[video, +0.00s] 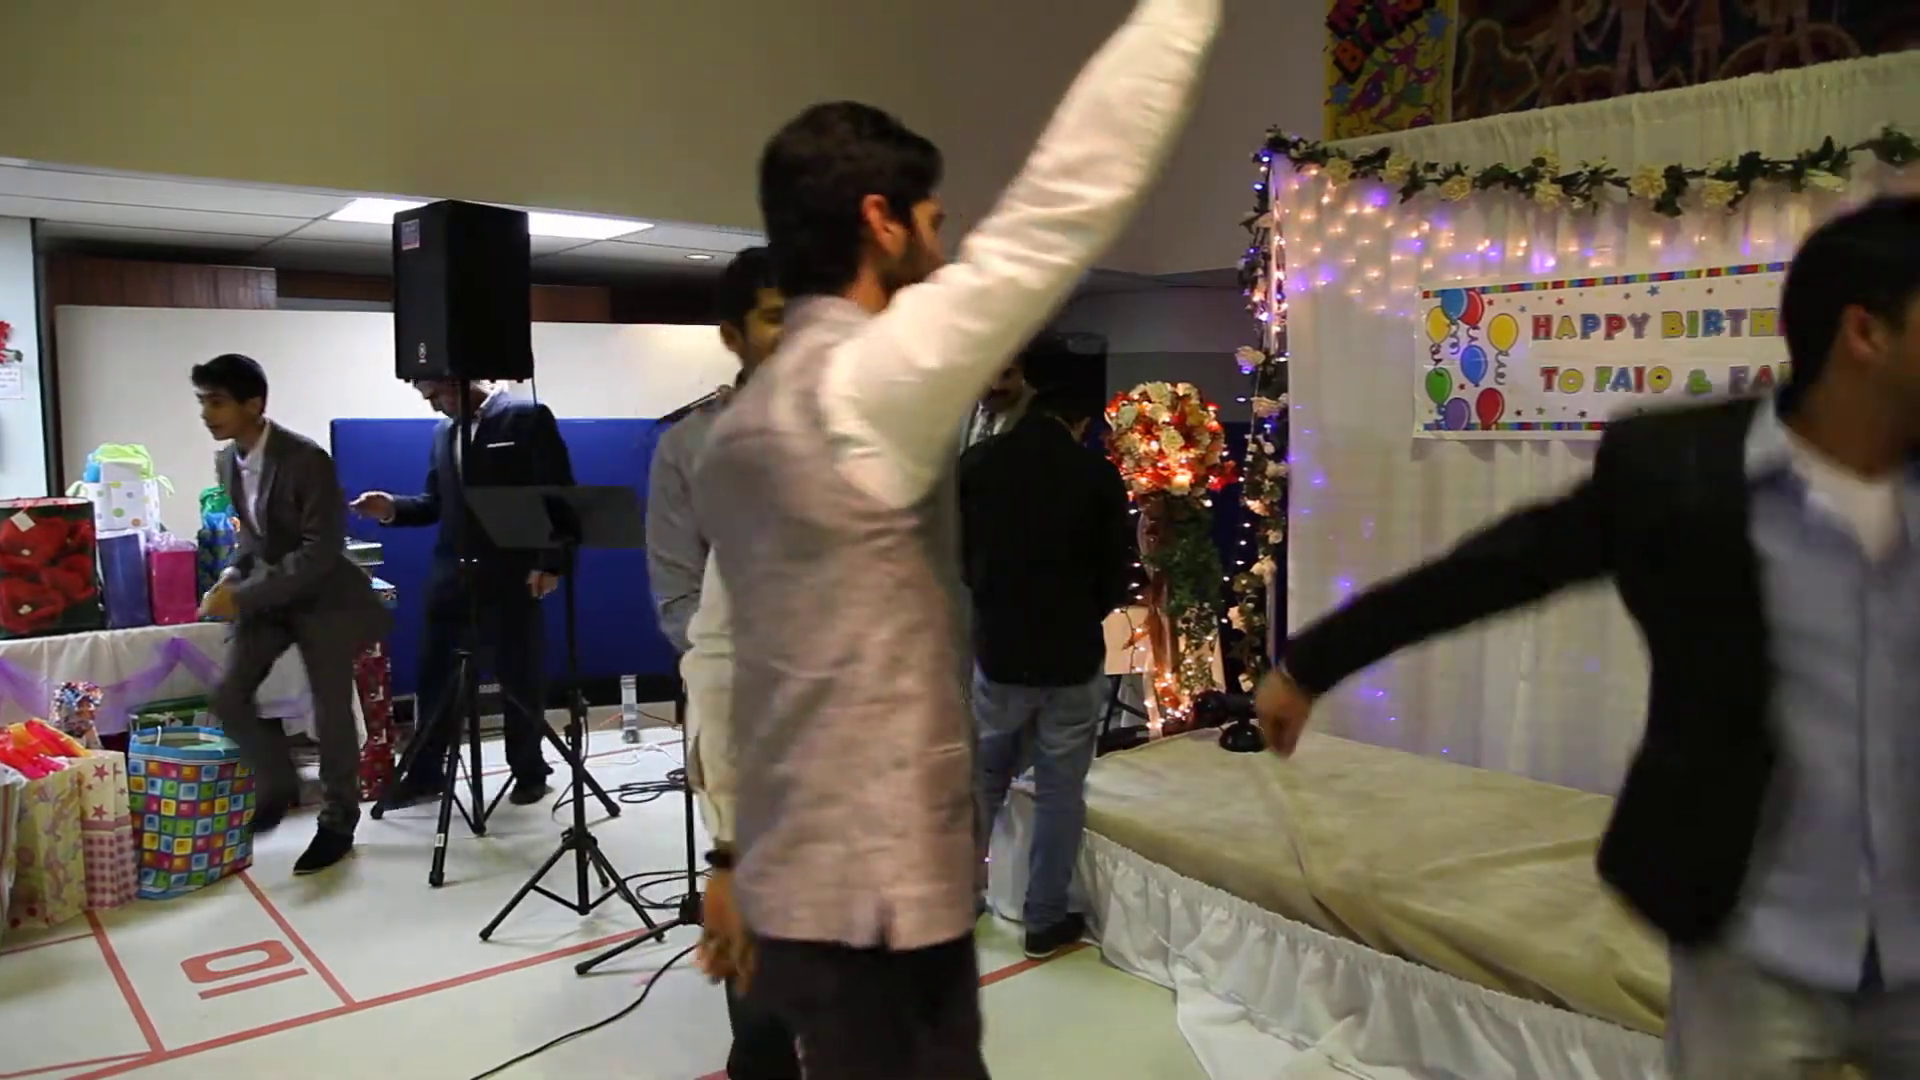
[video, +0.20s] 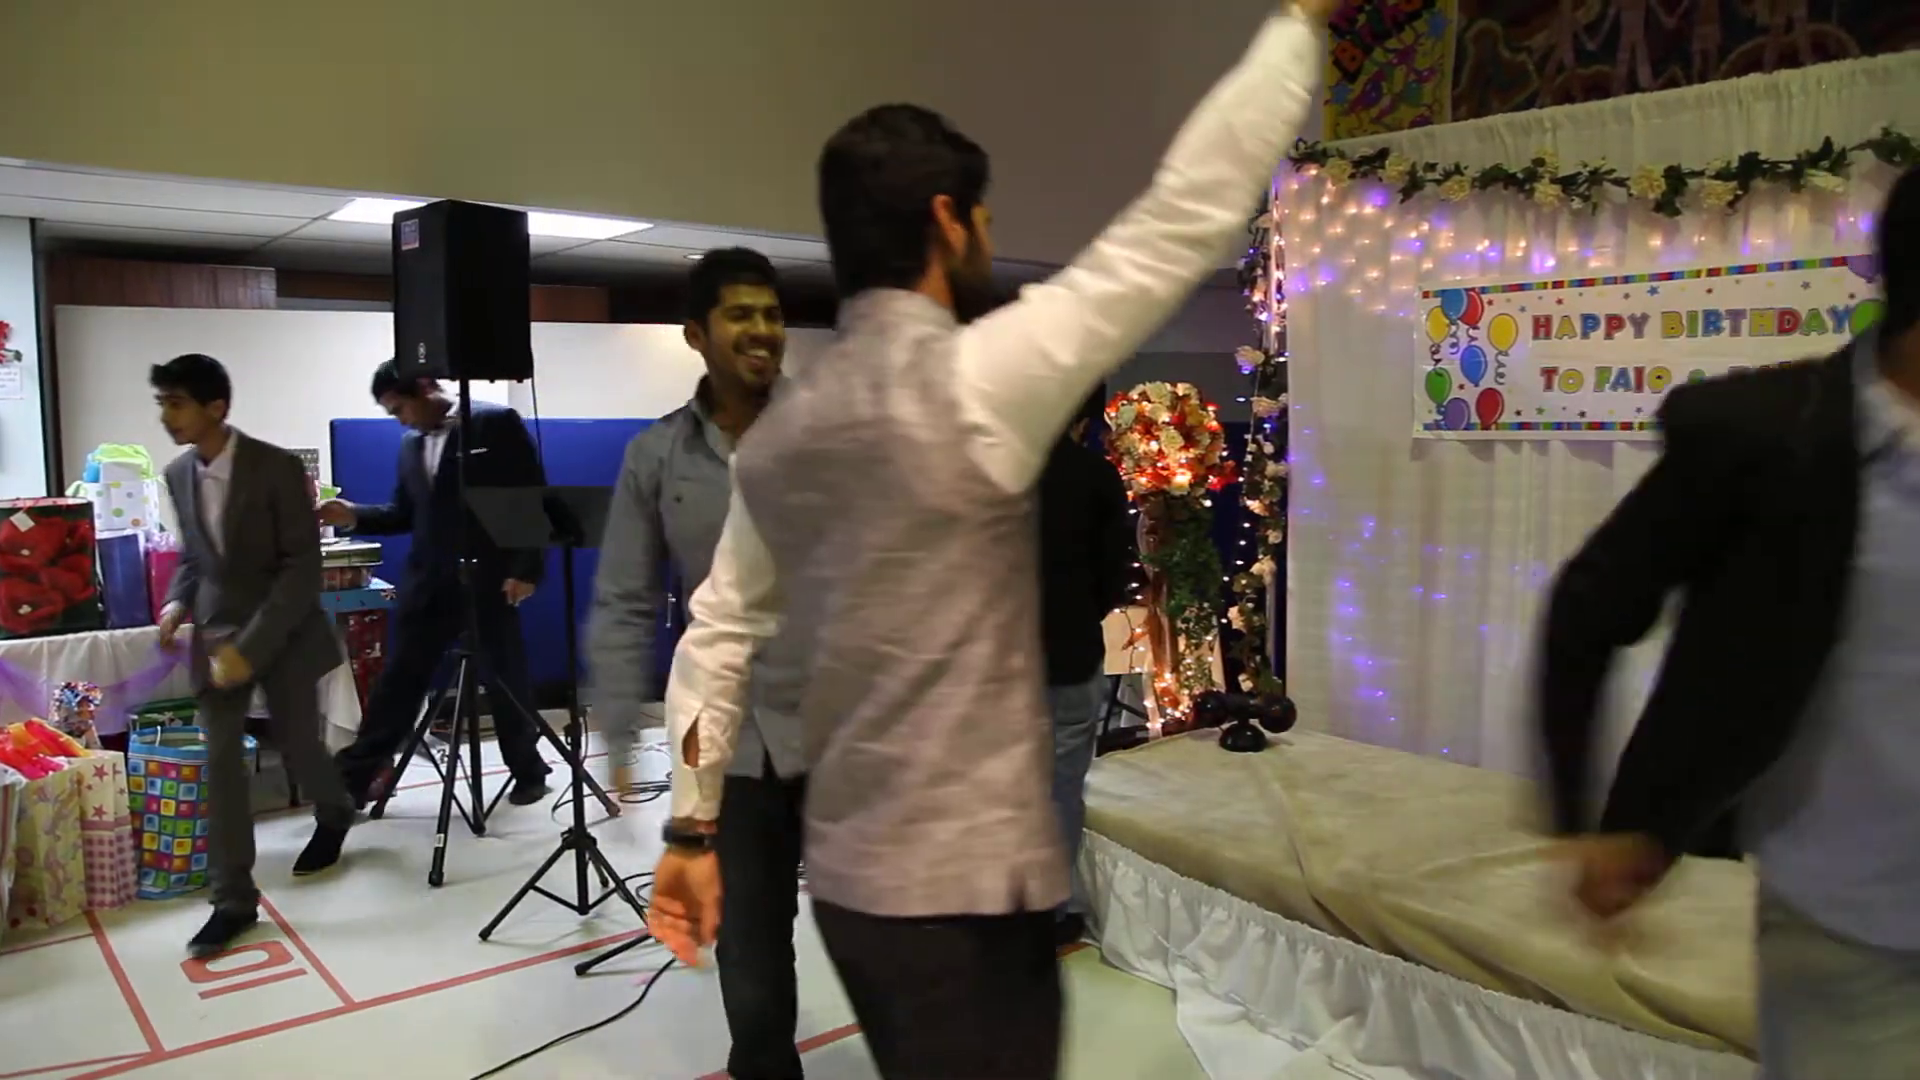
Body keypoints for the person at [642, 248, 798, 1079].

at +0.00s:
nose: (785, 333)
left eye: (793, 316)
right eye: (768, 319)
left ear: (812, 322)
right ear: (730, 329)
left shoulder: (844, 419)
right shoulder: (688, 441)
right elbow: (674, 589)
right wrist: (719, 674)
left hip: (840, 651)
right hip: (740, 661)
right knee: (748, 850)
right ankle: (759, 1045)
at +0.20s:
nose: (760, 331)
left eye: (771, 315)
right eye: (739, 316)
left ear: (787, 329)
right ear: (696, 335)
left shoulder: (824, 432)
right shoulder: (659, 454)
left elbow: (879, 573)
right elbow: (623, 603)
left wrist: (889, 700)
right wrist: (619, 735)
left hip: (844, 721)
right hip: (732, 731)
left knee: (873, 927)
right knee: (749, 939)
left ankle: (915, 1060)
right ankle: (764, 1069)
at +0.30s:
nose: (751, 317)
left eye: (762, 303)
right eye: (730, 304)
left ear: (778, 317)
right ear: (690, 323)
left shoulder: (825, 415)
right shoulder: (652, 448)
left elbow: (889, 550)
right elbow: (583, 583)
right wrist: (512, 702)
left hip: (834, 706)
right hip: (725, 724)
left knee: (865, 906)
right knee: (763, 934)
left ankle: (941, 1059)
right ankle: (798, 1073)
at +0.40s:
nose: (745, 327)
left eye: (759, 312)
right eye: (724, 312)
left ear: (776, 325)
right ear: (689, 331)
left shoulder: (827, 422)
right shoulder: (651, 454)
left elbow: (901, 552)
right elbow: (552, 565)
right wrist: (428, 658)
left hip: (836, 713)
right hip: (728, 729)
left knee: (846, 908)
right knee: (756, 932)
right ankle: (807, 1068)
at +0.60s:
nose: (734, 329)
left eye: (750, 313)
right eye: (716, 315)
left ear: (778, 329)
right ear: (693, 334)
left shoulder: (838, 424)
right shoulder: (663, 454)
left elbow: (926, 535)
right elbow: (561, 549)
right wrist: (401, 544)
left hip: (836, 721)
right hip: (723, 733)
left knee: (815, 916)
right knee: (744, 933)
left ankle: (915, 994)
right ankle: (808, 1073)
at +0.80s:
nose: (745, 346)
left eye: (762, 330)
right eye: (728, 330)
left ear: (787, 339)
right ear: (701, 340)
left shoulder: (839, 421)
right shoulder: (670, 448)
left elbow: (943, 479)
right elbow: (545, 485)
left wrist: (948, 424)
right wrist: (413, 429)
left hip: (824, 726)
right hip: (718, 737)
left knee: (800, 929)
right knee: (740, 941)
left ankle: (845, 1075)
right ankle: (793, 1071)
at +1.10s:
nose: (753, 377)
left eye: (770, 357)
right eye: (732, 358)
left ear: (797, 343)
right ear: (705, 349)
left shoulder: (843, 418)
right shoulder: (687, 412)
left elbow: (899, 388)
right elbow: (576, 367)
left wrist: (925, 328)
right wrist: (456, 293)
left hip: (829, 725)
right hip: (724, 718)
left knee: (796, 930)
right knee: (699, 913)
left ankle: (826, 1070)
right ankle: (781, 1057)